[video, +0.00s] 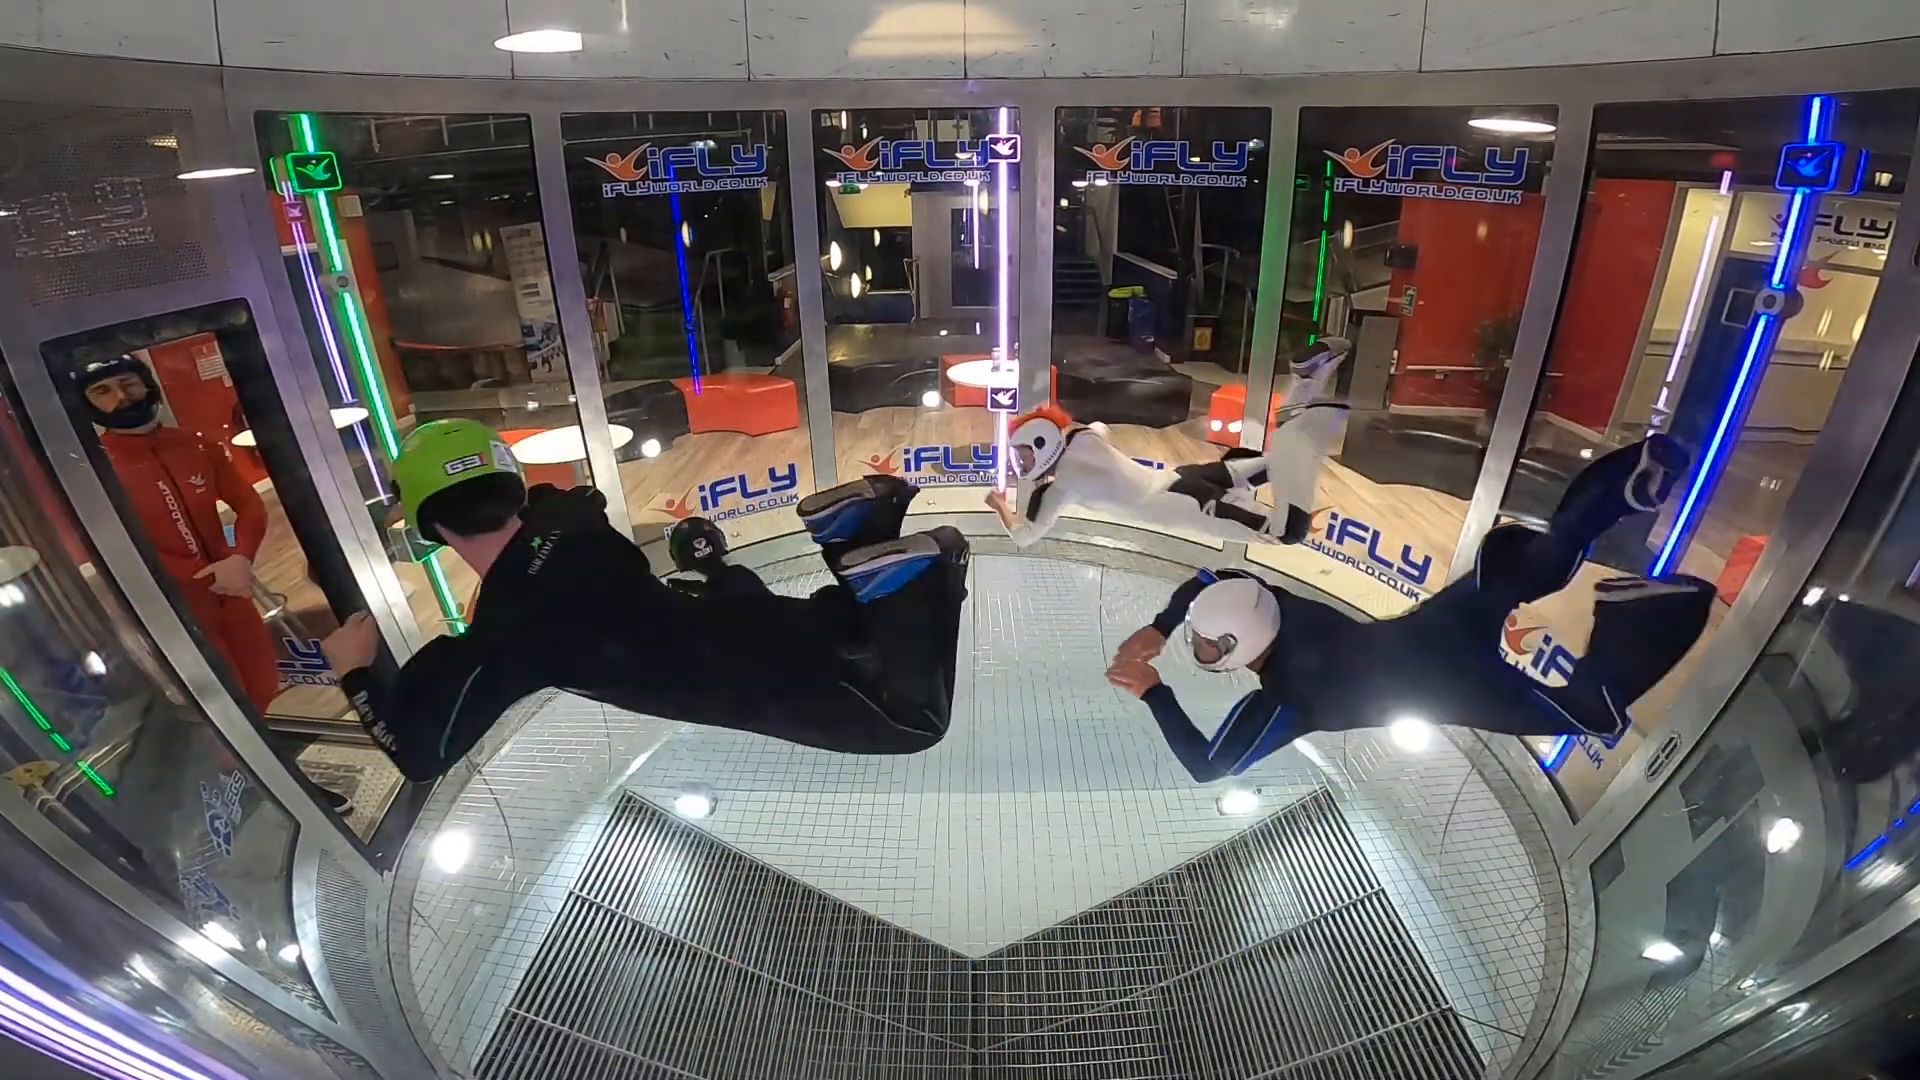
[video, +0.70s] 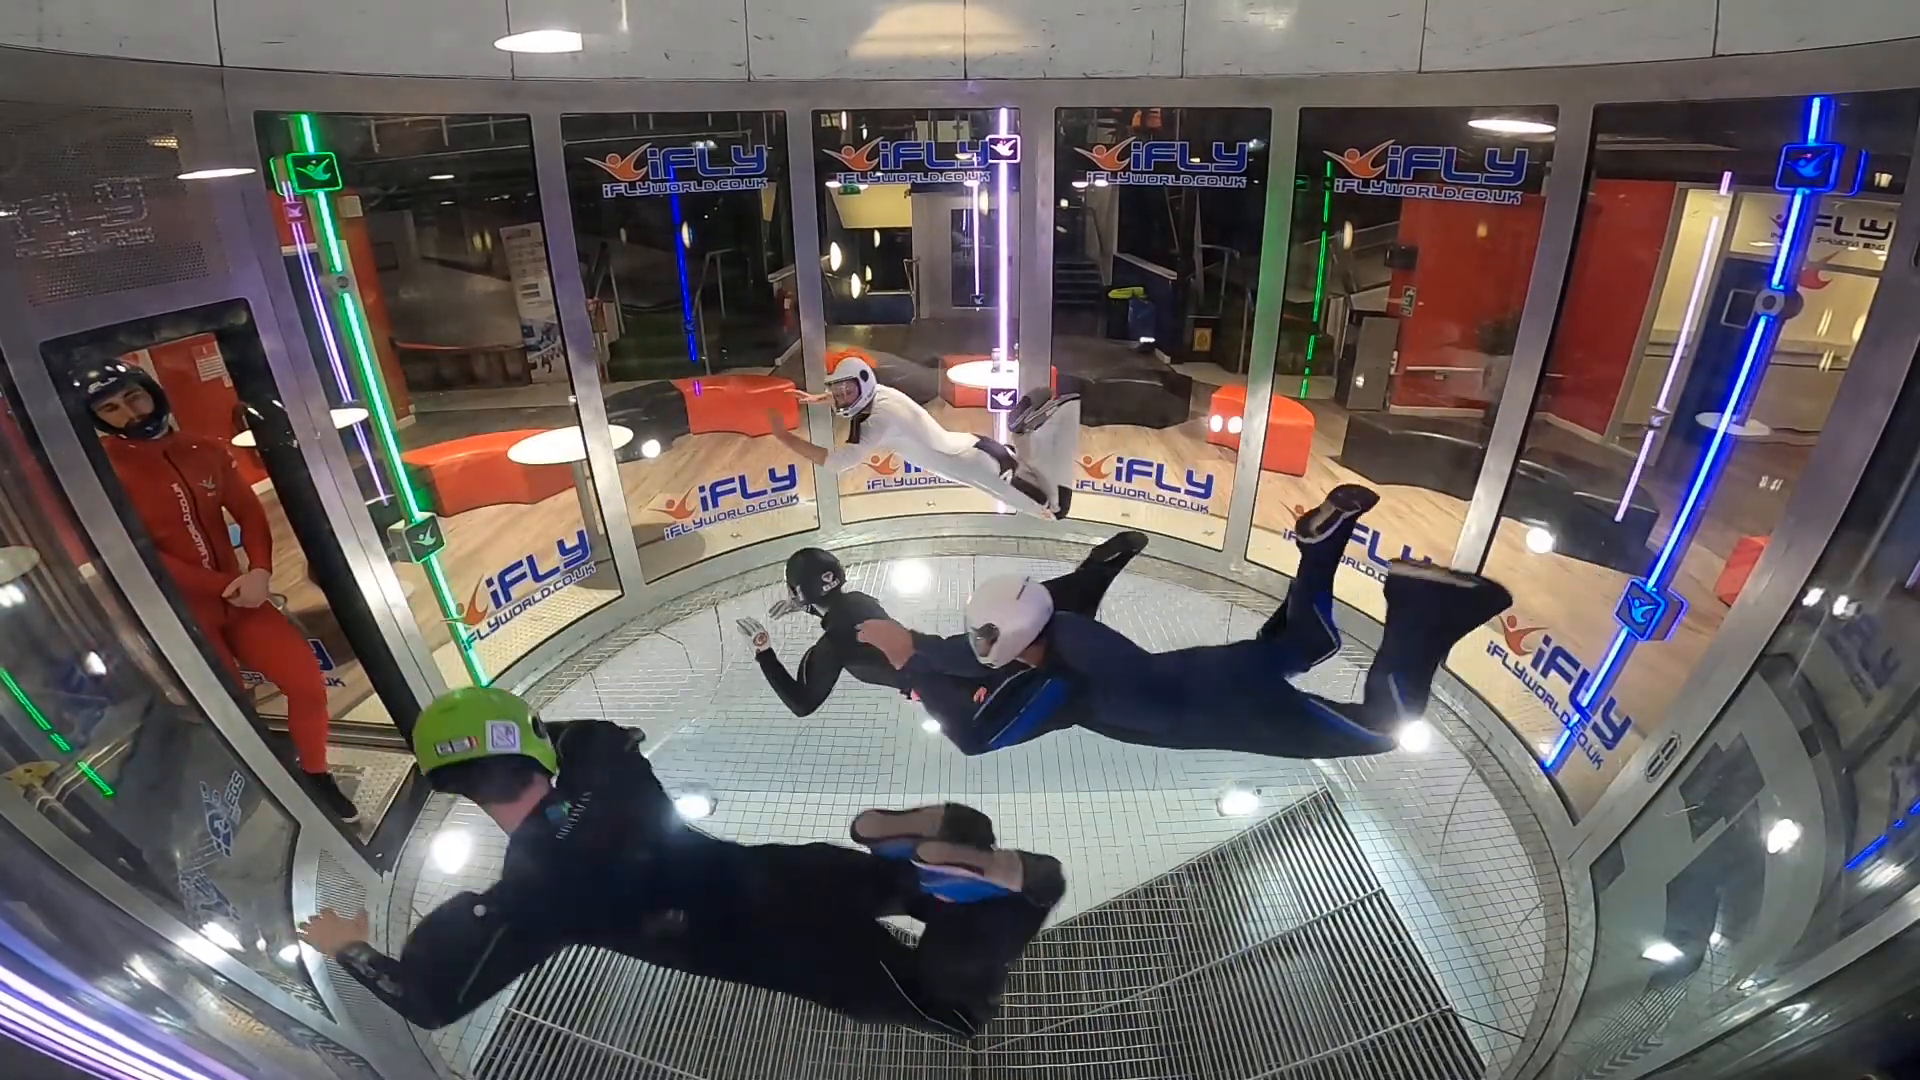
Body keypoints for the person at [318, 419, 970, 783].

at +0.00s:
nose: (431, 551)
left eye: (429, 535)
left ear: (443, 535)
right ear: (513, 483)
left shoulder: (517, 617)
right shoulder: (572, 522)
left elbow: (423, 746)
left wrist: (364, 669)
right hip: (750, 616)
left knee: (911, 720)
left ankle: (929, 574)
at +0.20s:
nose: (381, 580)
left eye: (379, 568)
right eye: (389, 562)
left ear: (395, 574)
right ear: (458, 527)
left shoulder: (461, 683)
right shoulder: (526, 557)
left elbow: (357, 800)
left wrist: (281, 757)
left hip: (708, 741)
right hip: (715, 668)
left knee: (877, 797)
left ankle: (915, 671)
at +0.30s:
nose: (372, 616)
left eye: (369, 602)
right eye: (375, 596)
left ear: (388, 608)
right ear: (449, 556)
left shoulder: (460, 716)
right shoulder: (526, 594)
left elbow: (349, 835)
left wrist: (261, 783)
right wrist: (293, 598)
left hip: (711, 778)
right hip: (716, 707)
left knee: (873, 836)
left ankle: (875, 717)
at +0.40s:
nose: (378, 656)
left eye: (378, 642)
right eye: (381, 640)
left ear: (397, 649)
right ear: (458, 598)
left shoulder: (460, 757)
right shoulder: (531, 624)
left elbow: (348, 872)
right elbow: (401, 623)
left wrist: (272, 815)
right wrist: (286, 612)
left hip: (715, 819)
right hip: (720, 746)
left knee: (882, 882)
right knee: (799, 752)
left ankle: (888, 782)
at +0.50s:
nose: (409, 707)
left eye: (402, 693)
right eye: (406, 690)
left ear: (401, 703)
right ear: (478, 646)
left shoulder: (468, 806)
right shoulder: (550, 667)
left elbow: (361, 912)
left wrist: (289, 855)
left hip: (726, 865)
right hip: (742, 791)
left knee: (901, 926)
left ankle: (875, 810)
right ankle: (857, 741)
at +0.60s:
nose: (451, 760)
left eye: (454, 743)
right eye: (442, 743)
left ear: (469, 735)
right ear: (502, 696)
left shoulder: (504, 846)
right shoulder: (565, 708)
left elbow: (393, 953)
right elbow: (565, 695)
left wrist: (301, 907)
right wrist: (477, 689)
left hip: (753, 908)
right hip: (757, 831)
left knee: (923, 963)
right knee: (862, 851)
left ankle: (918, 845)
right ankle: (885, 776)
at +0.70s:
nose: (483, 803)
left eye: (476, 787)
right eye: (477, 783)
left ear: (484, 793)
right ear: (532, 739)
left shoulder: (538, 887)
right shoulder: (594, 751)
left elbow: (434, 992)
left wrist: (356, 949)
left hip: (752, 946)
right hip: (762, 869)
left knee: (942, 988)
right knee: (874, 876)